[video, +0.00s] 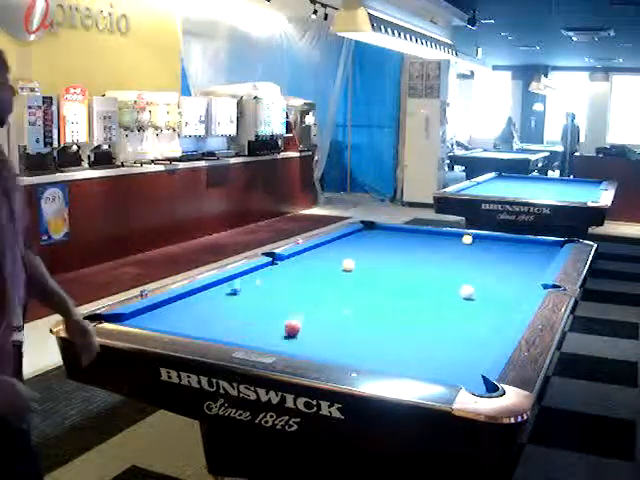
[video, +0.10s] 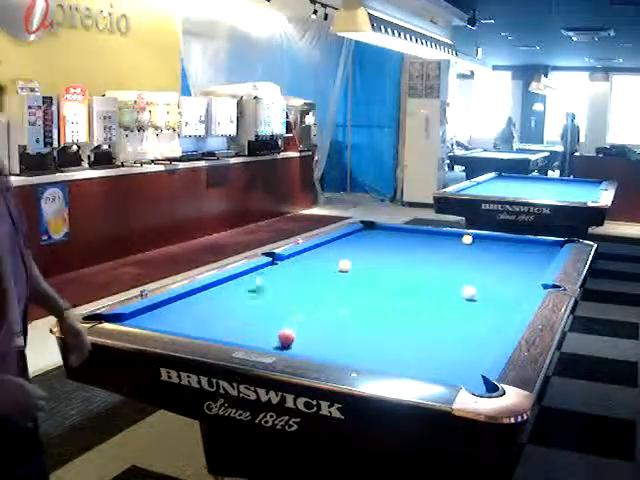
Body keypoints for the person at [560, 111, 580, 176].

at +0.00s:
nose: (570, 119)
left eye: (572, 117)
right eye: (569, 117)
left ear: (574, 118)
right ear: (567, 118)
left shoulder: (576, 126)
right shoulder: (565, 126)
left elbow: (578, 136)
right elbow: (563, 135)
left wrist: (577, 144)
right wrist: (563, 142)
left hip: (573, 145)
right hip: (566, 145)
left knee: (571, 159)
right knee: (564, 158)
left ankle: (570, 172)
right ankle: (562, 172)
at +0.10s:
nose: (570, 120)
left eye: (572, 118)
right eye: (569, 118)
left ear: (574, 118)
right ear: (568, 118)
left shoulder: (576, 127)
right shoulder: (565, 126)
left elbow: (578, 136)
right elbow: (562, 135)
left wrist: (577, 144)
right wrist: (562, 142)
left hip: (573, 145)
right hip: (566, 145)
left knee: (571, 159)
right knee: (564, 159)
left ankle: (570, 173)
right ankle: (563, 173)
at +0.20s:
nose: (570, 120)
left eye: (572, 118)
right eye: (569, 118)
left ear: (574, 118)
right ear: (567, 118)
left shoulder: (576, 127)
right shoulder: (565, 126)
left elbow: (578, 137)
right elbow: (562, 135)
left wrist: (577, 144)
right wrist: (563, 142)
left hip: (573, 145)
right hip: (566, 145)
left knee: (571, 159)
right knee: (564, 158)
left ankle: (570, 173)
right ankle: (562, 173)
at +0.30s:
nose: (570, 119)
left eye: (572, 117)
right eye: (569, 117)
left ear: (574, 118)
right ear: (567, 118)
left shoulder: (576, 127)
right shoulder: (565, 126)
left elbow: (578, 136)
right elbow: (562, 134)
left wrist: (577, 143)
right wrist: (563, 141)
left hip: (573, 145)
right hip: (566, 145)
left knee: (571, 159)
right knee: (564, 159)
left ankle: (570, 172)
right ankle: (562, 172)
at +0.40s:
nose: (570, 119)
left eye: (572, 117)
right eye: (569, 117)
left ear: (574, 118)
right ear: (567, 118)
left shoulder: (576, 127)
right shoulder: (565, 126)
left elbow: (578, 136)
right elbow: (562, 135)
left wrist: (577, 143)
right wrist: (563, 142)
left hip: (573, 145)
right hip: (566, 145)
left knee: (571, 159)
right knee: (564, 159)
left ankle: (570, 173)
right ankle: (562, 173)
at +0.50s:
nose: (570, 119)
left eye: (572, 117)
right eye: (569, 117)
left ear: (574, 118)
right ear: (567, 118)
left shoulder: (576, 127)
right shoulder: (565, 126)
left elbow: (578, 136)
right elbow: (562, 135)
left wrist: (577, 143)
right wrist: (563, 142)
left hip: (573, 146)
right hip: (566, 145)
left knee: (571, 159)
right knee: (564, 159)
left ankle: (570, 173)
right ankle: (562, 172)